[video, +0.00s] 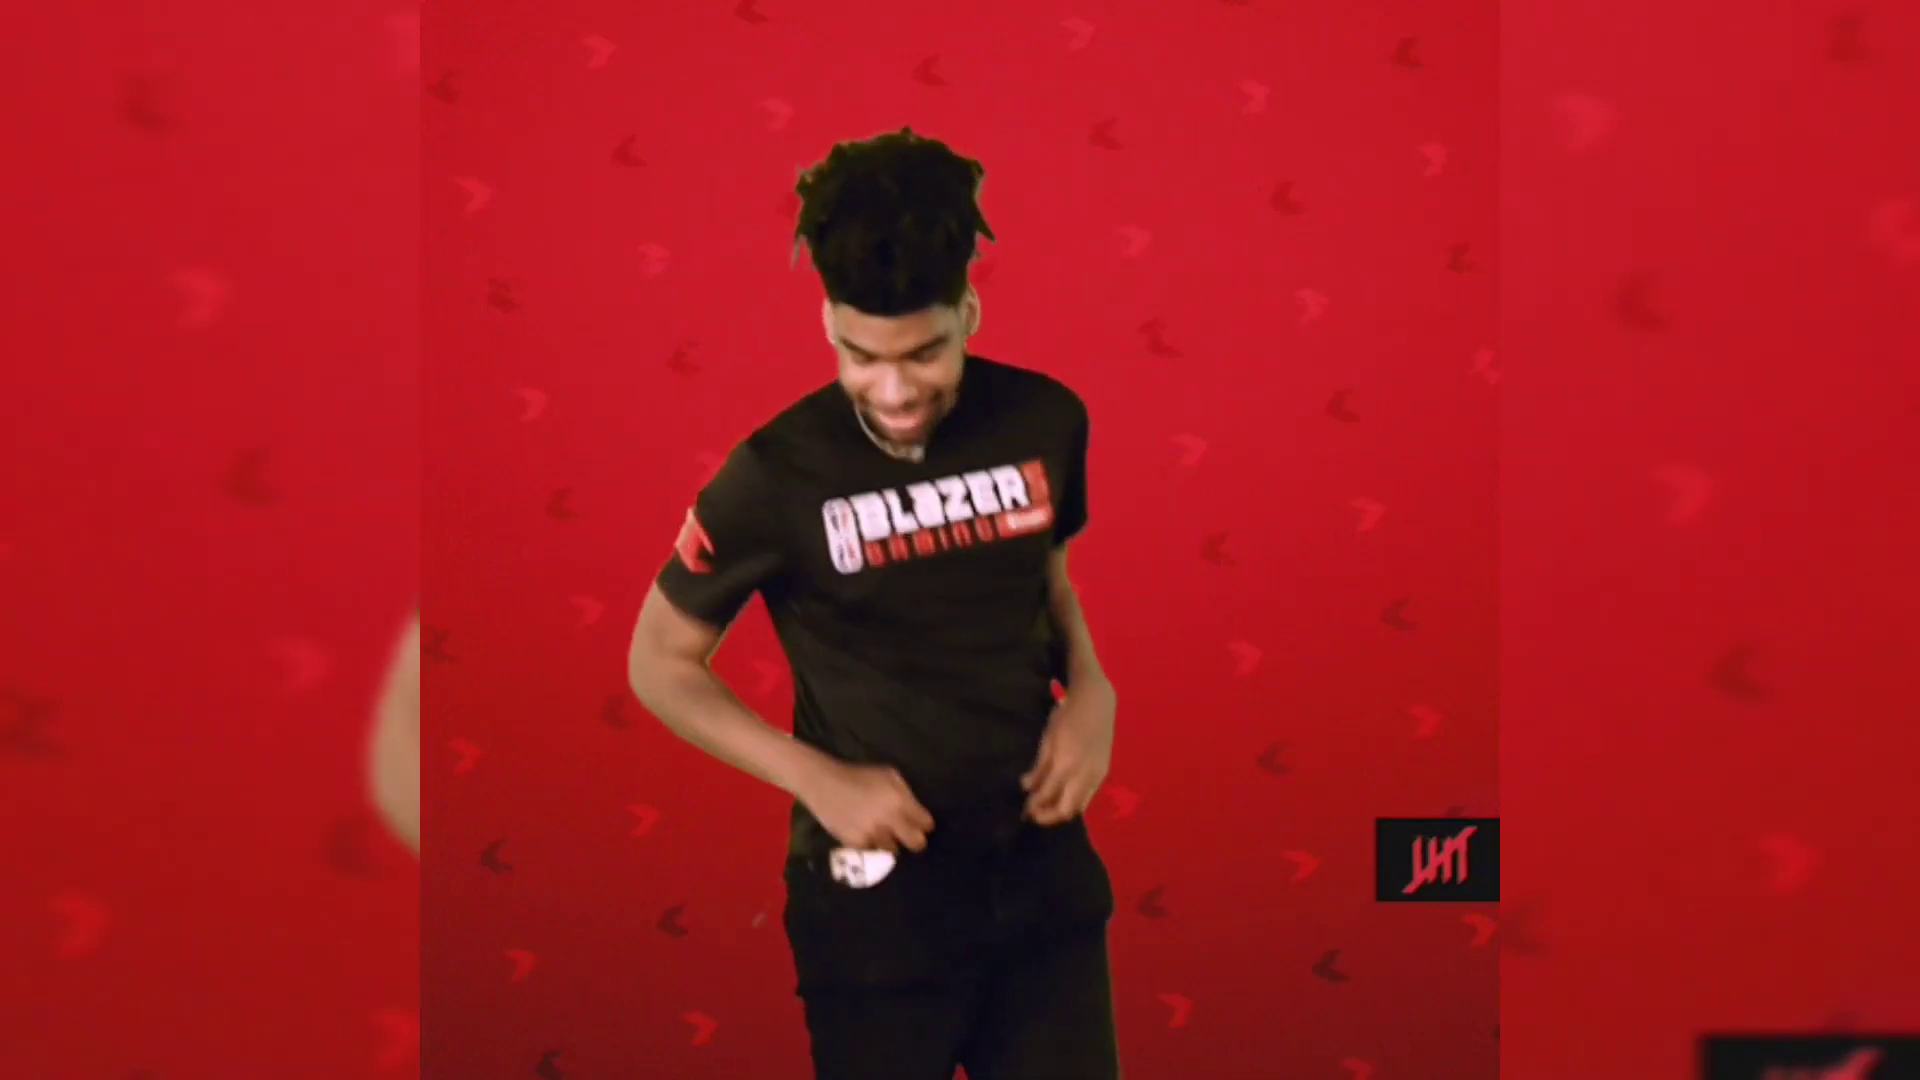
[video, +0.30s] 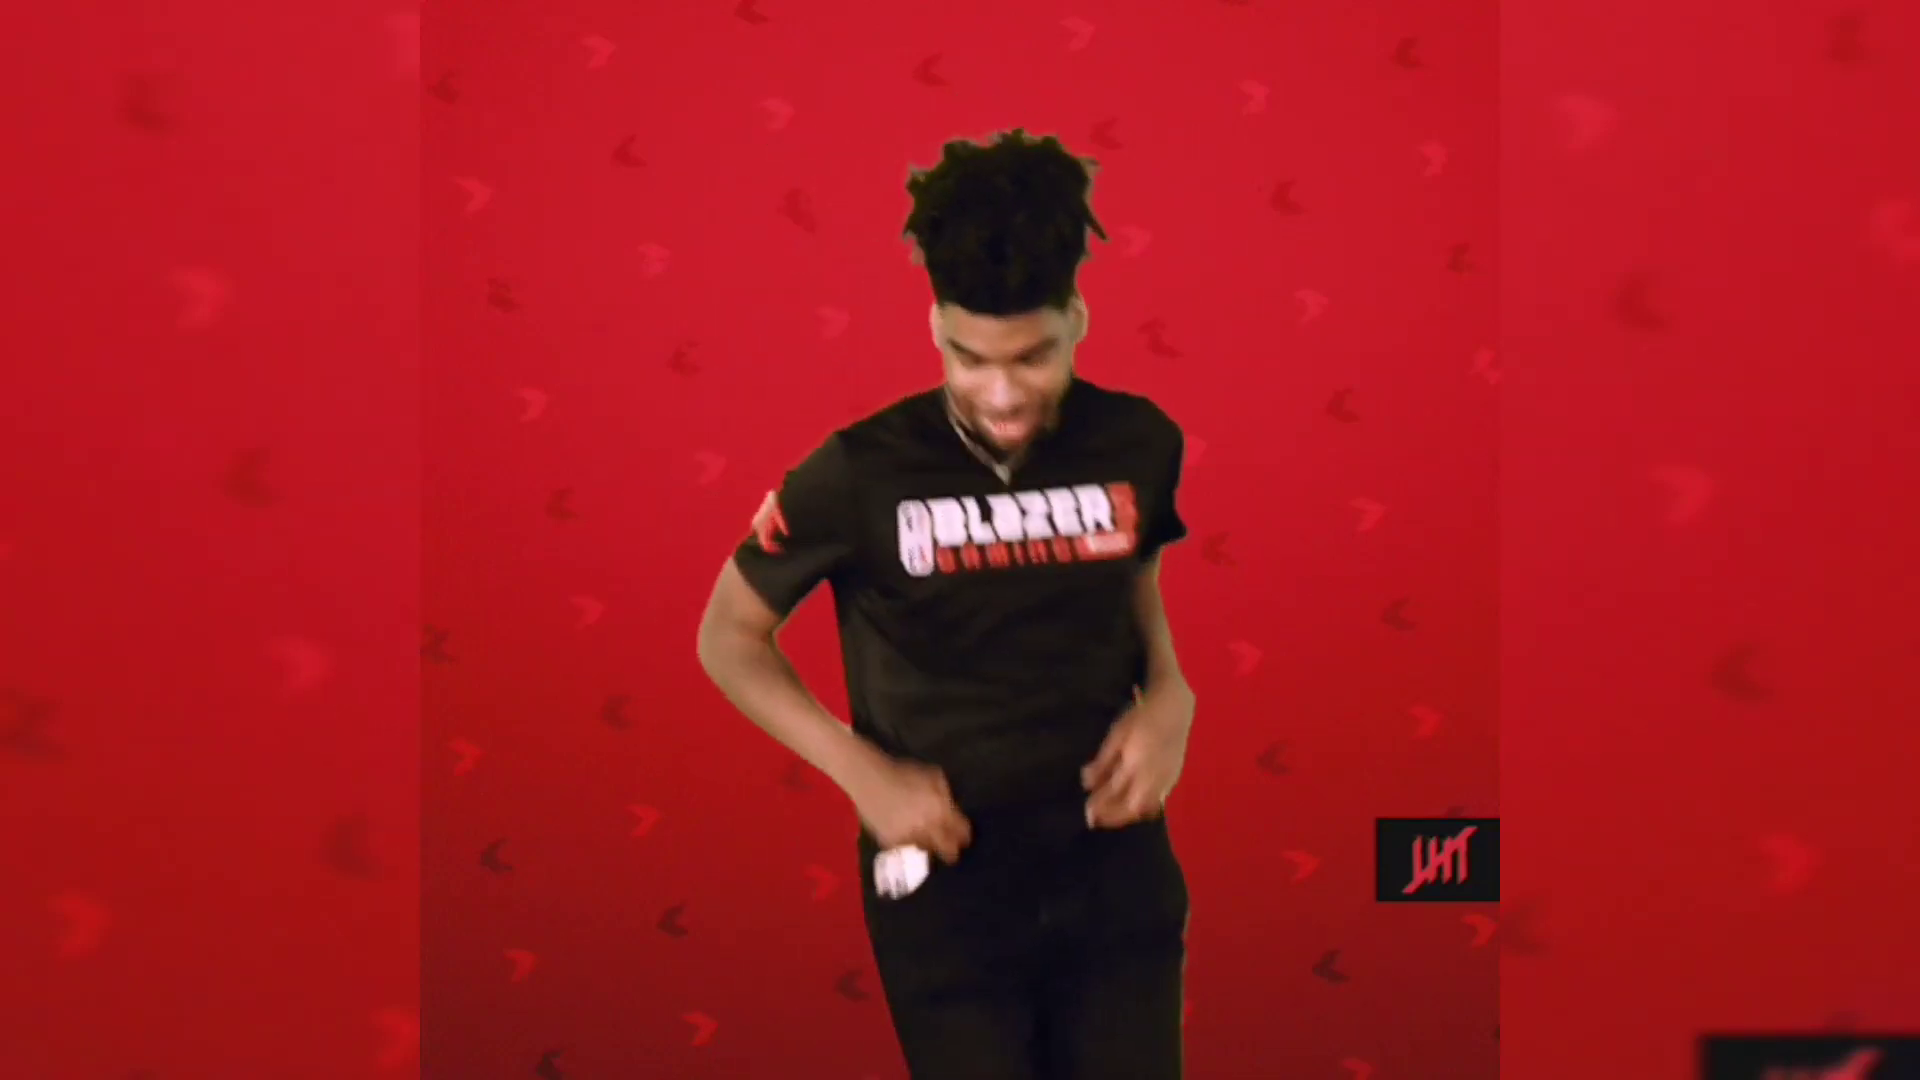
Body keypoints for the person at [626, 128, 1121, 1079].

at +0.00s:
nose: (894, 388)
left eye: (924, 353)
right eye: (861, 355)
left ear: (970, 312)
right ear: (828, 316)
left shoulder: (1043, 425)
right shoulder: (773, 481)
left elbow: (1047, 564)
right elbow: (660, 664)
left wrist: (1091, 688)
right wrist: (818, 780)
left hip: (1041, 880)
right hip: (873, 902)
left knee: (1073, 1062)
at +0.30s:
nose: (1003, 392)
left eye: (1033, 356)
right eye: (970, 358)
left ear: (1079, 315)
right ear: (936, 322)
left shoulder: (1139, 445)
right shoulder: (857, 478)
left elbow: (1134, 570)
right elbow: (728, 636)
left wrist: (1169, 693)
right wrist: (866, 775)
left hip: (1116, 877)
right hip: (943, 895)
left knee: (1133, 1061)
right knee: (973, 1061)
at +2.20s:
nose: (919, 389)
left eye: (953, 355)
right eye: (889, 350)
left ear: (997, 327)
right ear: (856, 319)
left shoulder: (1082, 453)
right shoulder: (784, 467)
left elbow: (1130, 602)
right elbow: (723, 661)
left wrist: (1091, 728)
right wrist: (803, 788)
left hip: (1038, 855)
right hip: (863, 862)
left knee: (1024, 1061)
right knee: (878, 1063)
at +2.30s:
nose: (902, 383)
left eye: (937, 351)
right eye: (876, 346)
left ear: (984, 319)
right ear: (843, 311)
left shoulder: (1074, 446)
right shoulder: (778, 468)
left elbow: (1140, 588)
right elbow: (738, 673)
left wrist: (1103, 731)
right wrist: (804, 811)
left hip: (1038, 849)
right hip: (866, 860)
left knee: (987, 1060)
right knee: (874, 1064)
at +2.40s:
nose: (888, 391)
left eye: (923, 359)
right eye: (860, 353)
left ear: (968, 330)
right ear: (827, 316)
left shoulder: (1054, 450)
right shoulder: (765, 484)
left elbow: (1147, 592)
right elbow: (738, 697)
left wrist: (1111, 739)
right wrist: (803, 863)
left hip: (1040, 840)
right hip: (870, 856)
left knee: (966, 1057)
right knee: (869, 1061)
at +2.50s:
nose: (876, 382)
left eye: (911, 351)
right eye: (848, 344)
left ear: (948, 320)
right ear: (805, 306)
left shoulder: (1029, 435)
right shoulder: (745, 474)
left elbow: (1157, 581)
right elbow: (724, 689)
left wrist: (1093, 709)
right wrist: (736, 886)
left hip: (1037, 814)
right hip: (869, 842)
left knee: (977, 1056)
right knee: (875, 1060)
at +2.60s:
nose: (872, 374)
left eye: (904, 342)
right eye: (843, 335)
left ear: (938, 311)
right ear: (794, 297)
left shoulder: (1013, 423)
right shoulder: (731, 462)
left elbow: (1154, 577)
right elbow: (711, 674)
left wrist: (1068, 694)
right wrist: (683, 875)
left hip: (1033, 822)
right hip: (865, 846)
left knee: (1015, 1057)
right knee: (882, 1060)